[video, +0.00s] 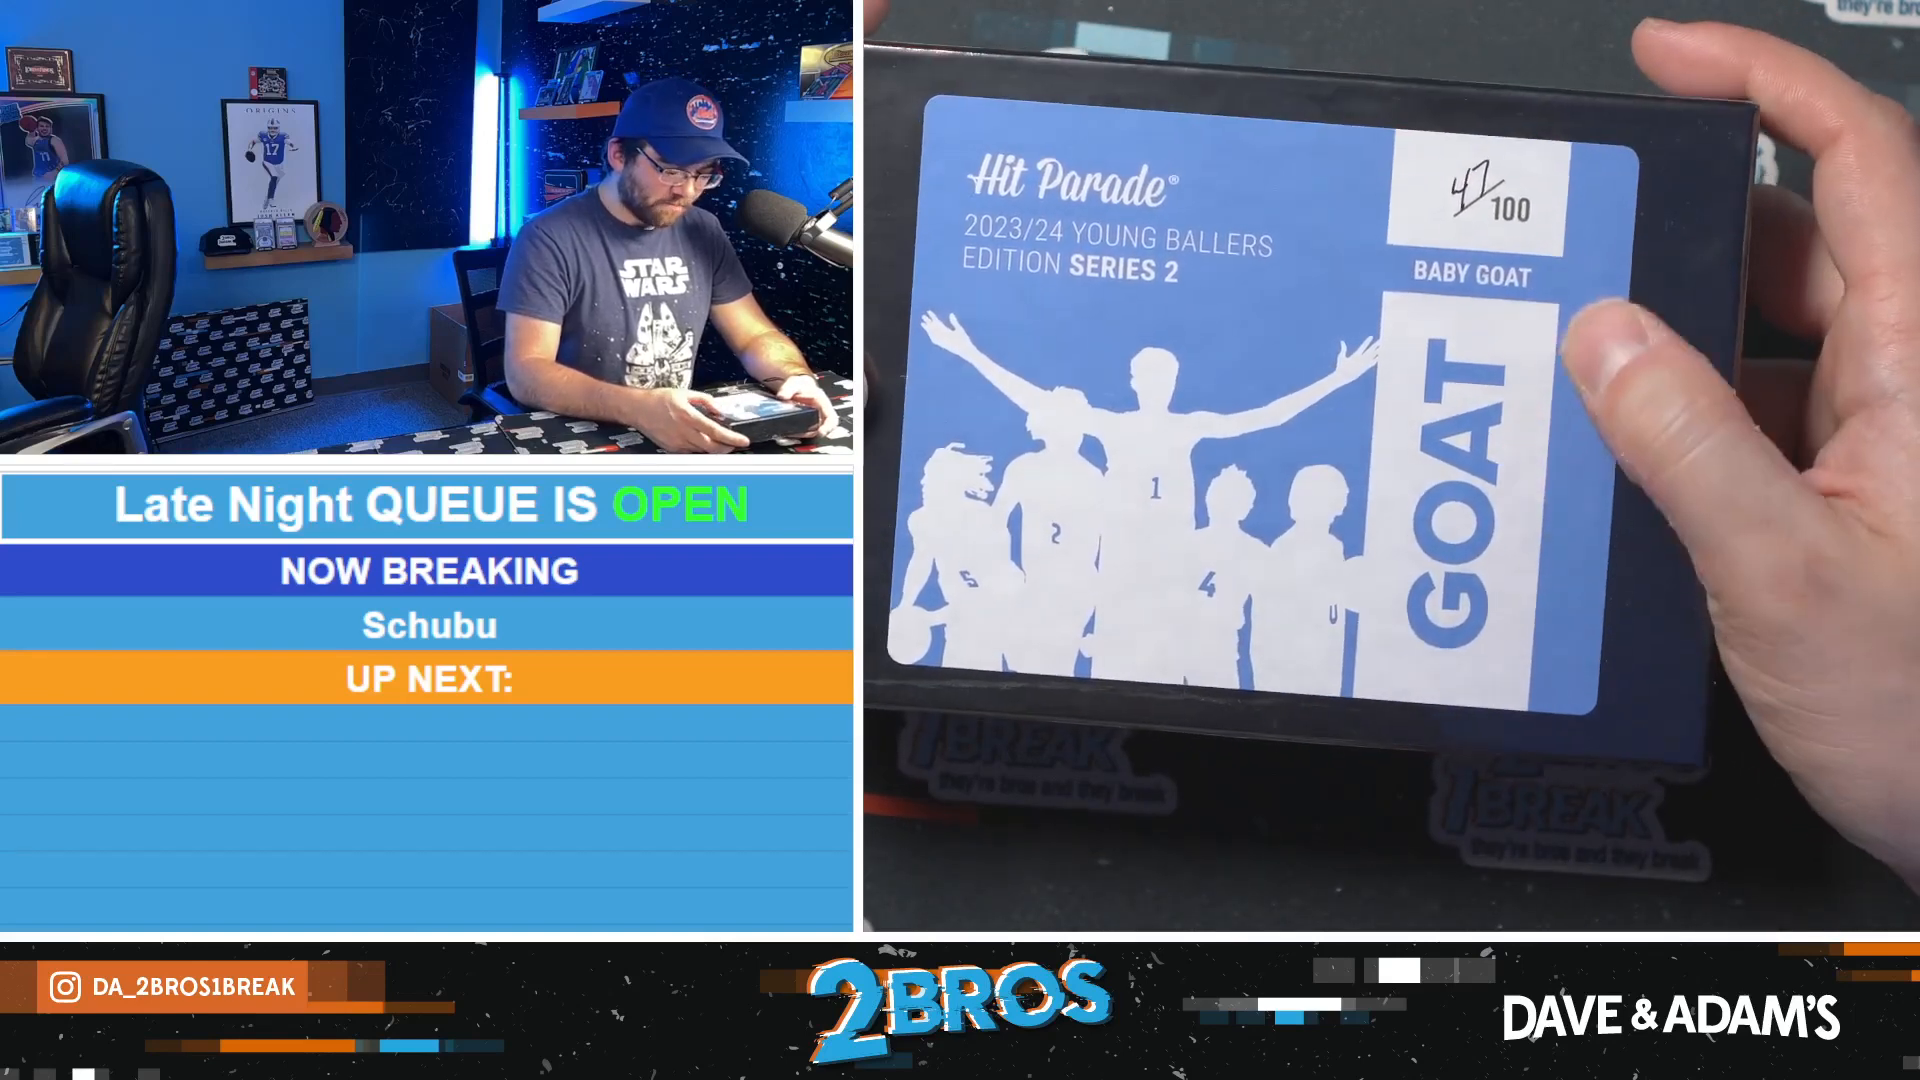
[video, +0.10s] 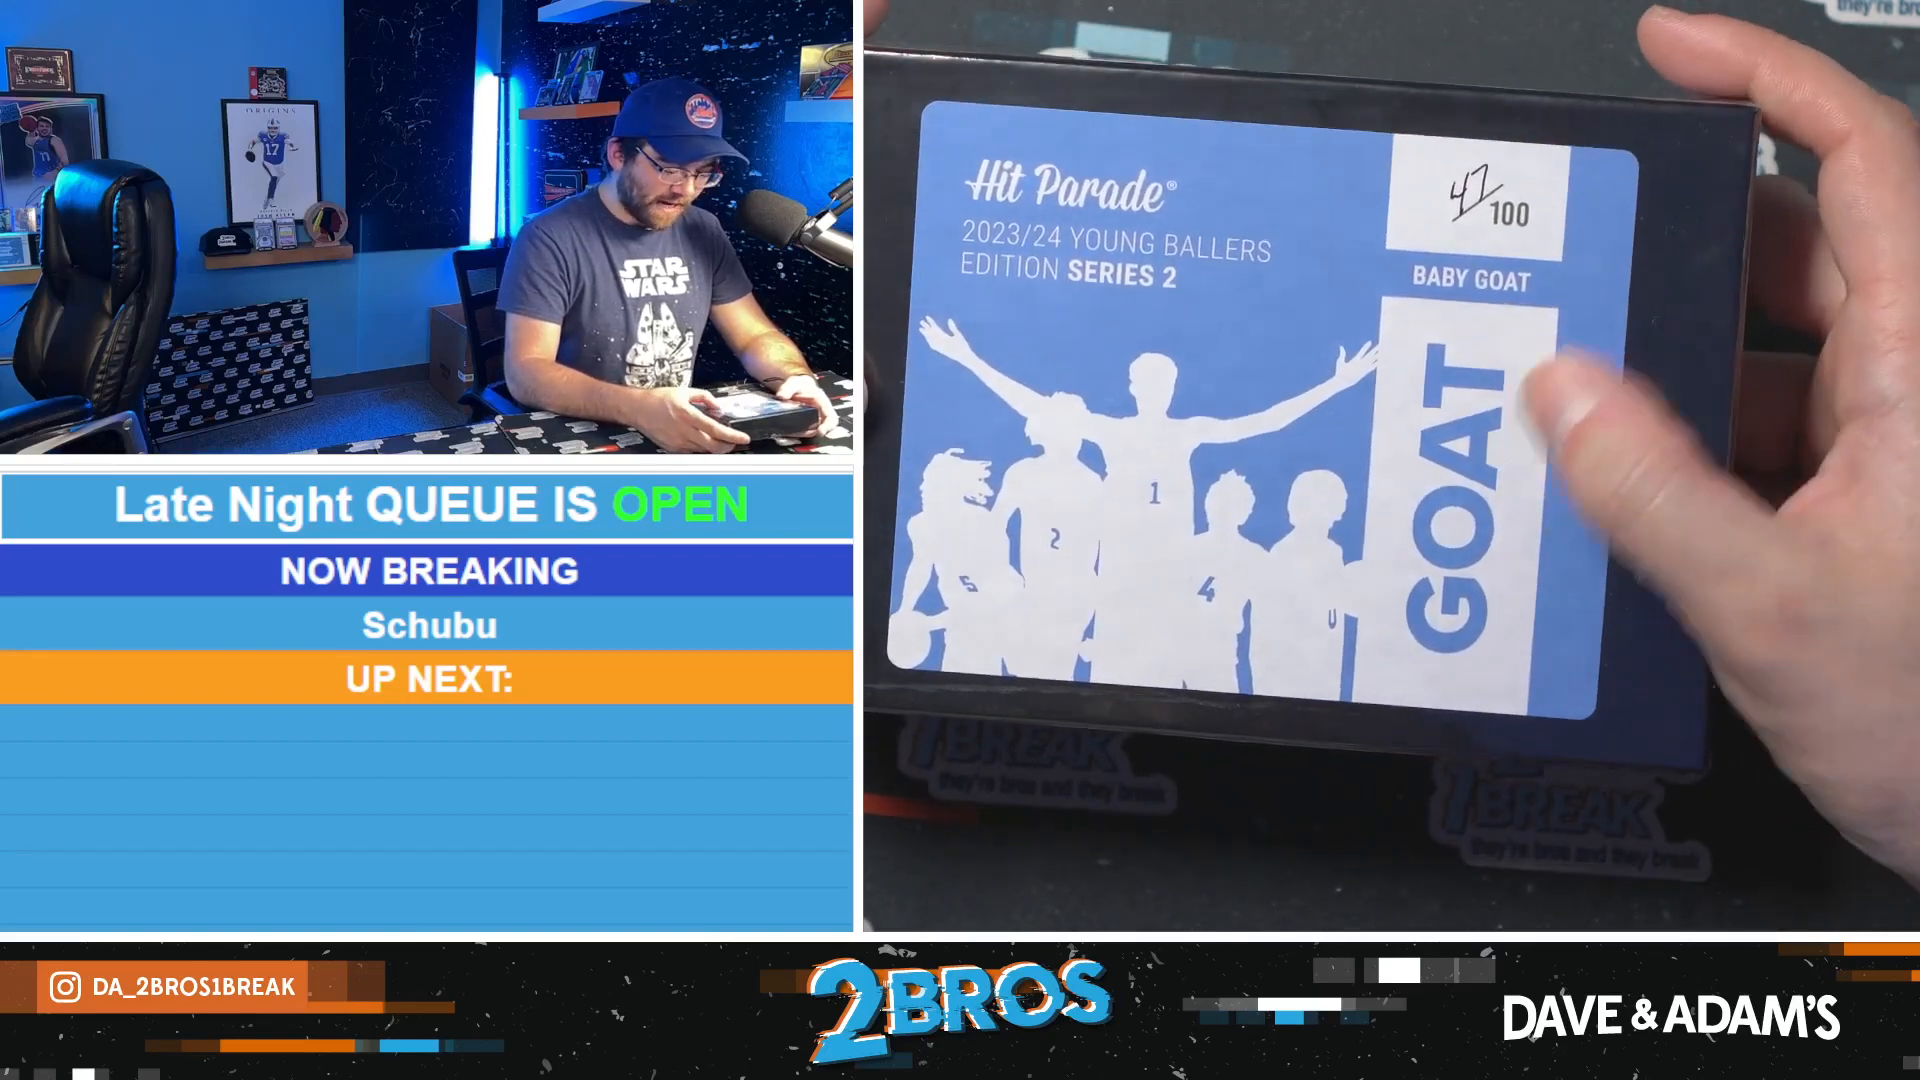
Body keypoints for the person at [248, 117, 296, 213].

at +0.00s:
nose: (273, 130)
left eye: (275, 128)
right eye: (271, 128)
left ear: (278, 128)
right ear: (268, 128)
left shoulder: (283, 136)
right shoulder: (263, 136)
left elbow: (290, 142)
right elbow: (253, 141)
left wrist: (292, 147)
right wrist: (250, 149)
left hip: (279, 164)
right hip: (267, 162)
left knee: (275, 182)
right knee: (274, 176)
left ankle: (267, 199)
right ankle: (270, 199)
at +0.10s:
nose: (273, 130)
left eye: (275, 128)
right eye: (271, 128)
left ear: (278, 128)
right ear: (268, 128)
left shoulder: (283, 136)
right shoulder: (263, 136)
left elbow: (290, 142)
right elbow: (253, 141)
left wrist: (292, 147)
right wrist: (250, 149)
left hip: (279, 164)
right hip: (267, 162)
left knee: (275, 182)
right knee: (274, 176)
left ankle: (267, 199)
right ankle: (270, 199)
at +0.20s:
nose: (273, 130)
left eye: (275, 128)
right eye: (271, 128)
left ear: (278, 128)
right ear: (268, 128)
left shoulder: (283, 136)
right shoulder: (263, 136)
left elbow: (290, 143)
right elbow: (253, 141)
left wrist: (292, 147)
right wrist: (250, 149)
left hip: (279, 164)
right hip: (267, 162)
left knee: (276, 182)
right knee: (274, 176)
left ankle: (267, 200)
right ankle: (270, 199)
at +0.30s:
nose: (273, 130)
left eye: (275, 128)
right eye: (271, 128)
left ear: (278, 128)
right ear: (268, 128)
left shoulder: (283, 136)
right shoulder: (263, 136)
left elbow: (290, 142)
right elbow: (253, 141)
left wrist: (292, 147)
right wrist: (250, 149)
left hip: (279, 164)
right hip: (267, 162)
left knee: (275, 182)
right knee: (274, 176)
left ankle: (267, 199)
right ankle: (270, 199)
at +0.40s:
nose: (273, 130)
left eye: (275, 128)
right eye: (271, 128)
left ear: (278, 128)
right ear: (268, 128)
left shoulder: (283, 136)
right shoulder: (263, 136)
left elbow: (290, 142)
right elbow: (254, 141)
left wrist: (292, 147)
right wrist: (250, 148)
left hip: (279, 164)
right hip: (267, 162)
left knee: (276, 182)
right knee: (274, 176)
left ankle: (267, 199)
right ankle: (271, 199)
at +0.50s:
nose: (273, 130)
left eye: (275, 128)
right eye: (271, 128)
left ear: (278, 128)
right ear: (268, 128)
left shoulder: (283, 136)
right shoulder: (263, 136)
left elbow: (290, 142)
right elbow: (254, 141)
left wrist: (292, 147)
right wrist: (250, 148)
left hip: (279, 164)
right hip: (267, 162)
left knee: (275, 182)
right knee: (274, 176)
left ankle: (267, 200)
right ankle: (270, 199)